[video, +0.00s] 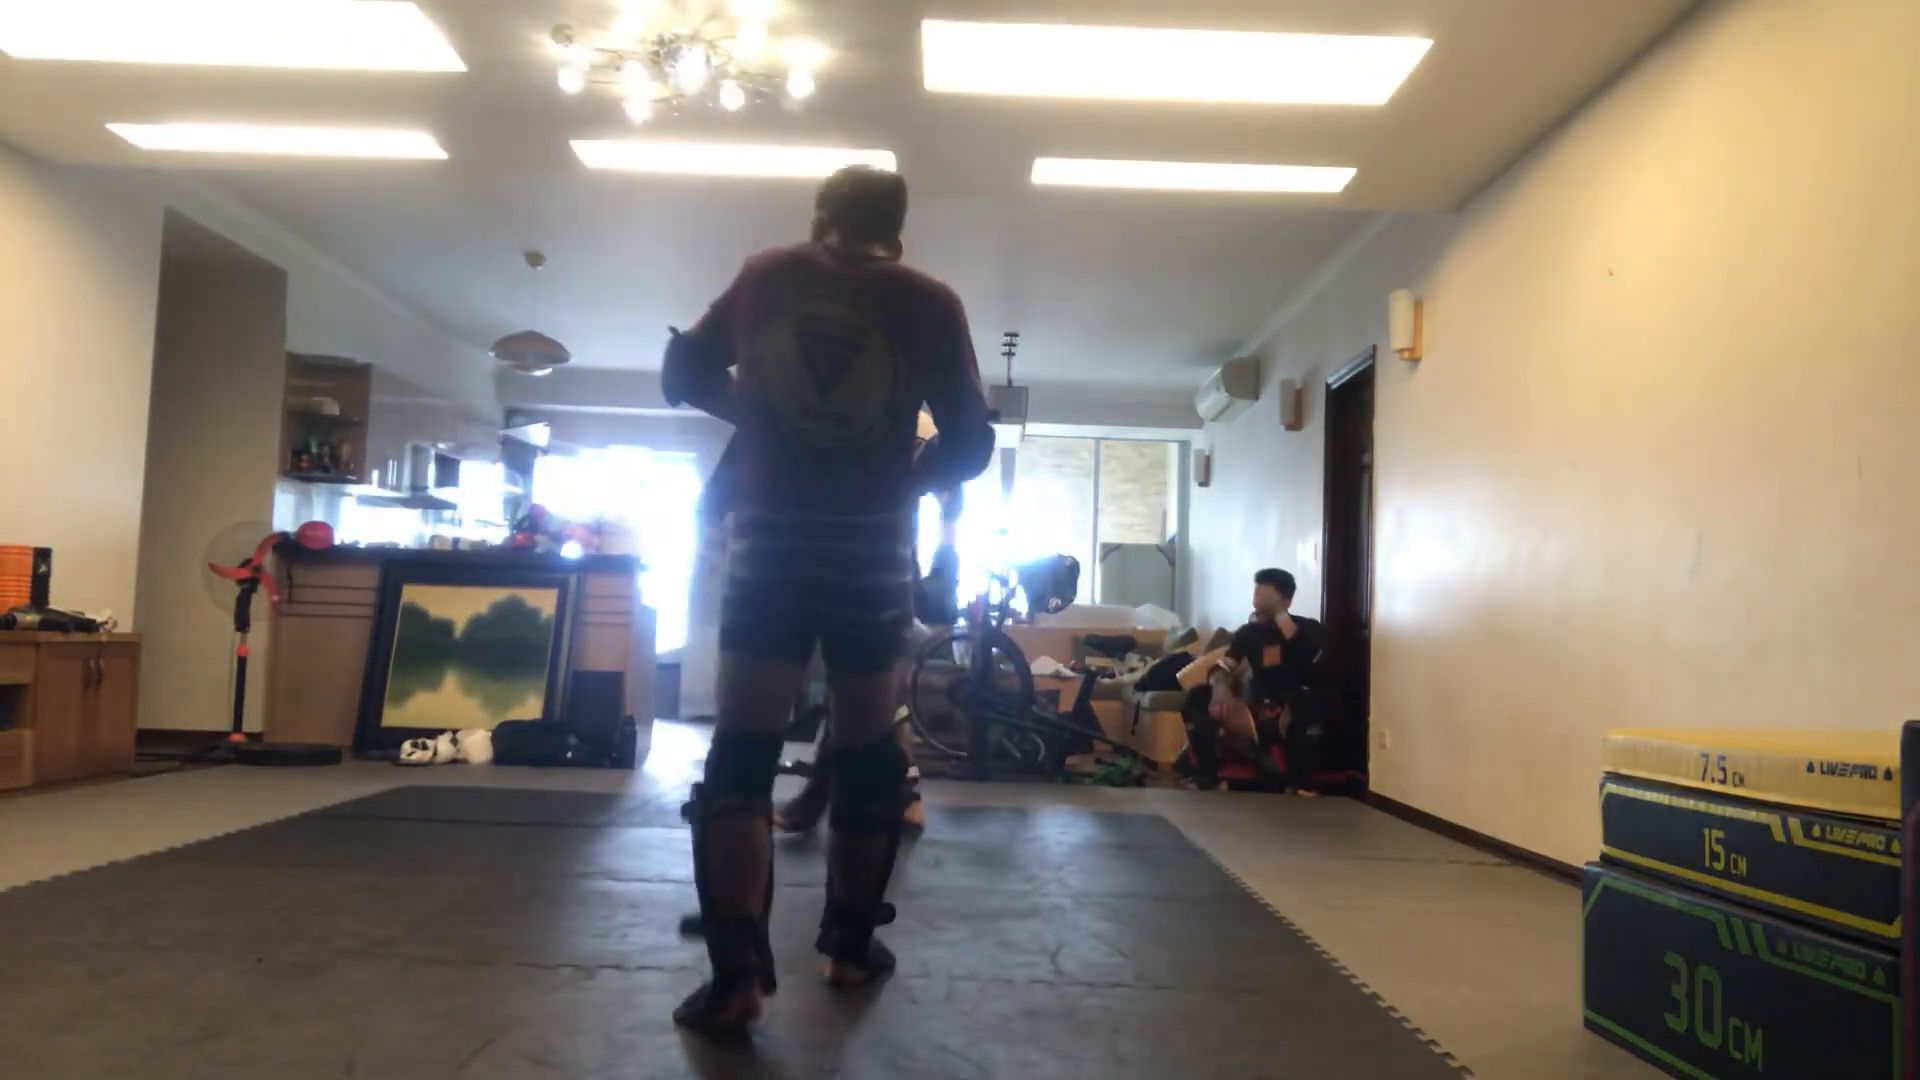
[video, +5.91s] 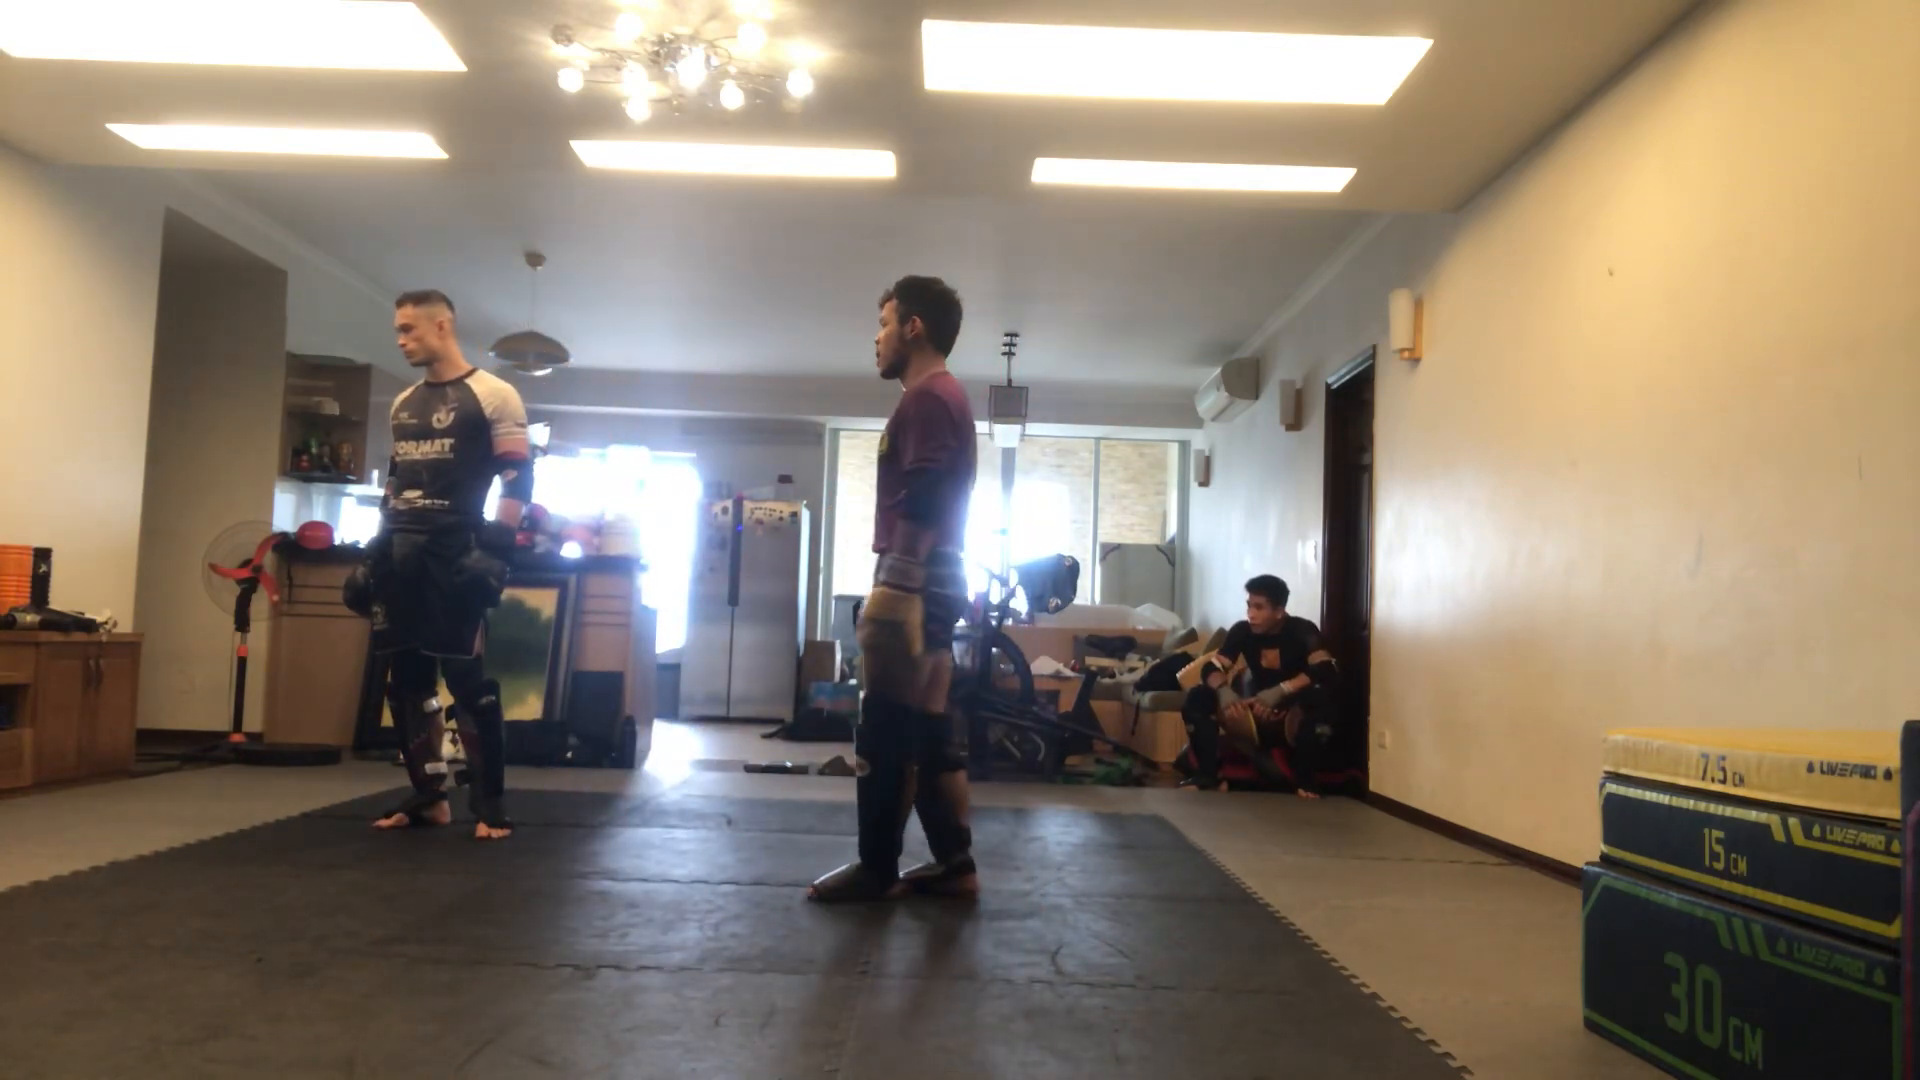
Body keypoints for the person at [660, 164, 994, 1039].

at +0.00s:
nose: (845, 243)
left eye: (826, 223)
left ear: (820, 220)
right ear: (897, 235)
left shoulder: (768, 272)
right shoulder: (931, 302)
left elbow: (684, 372)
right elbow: (972, 442)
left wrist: (763, 413)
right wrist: (898, 475)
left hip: (768, 551)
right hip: (871, 557)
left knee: (741, 752)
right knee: (868, 751)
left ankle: (739, 973)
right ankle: (848, 946)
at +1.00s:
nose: (821, 324)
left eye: (822, 315)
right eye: (821, 316)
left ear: (839, 310)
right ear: (894, 311)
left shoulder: (822, 361)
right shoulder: (957, 377)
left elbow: (768, 454)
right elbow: (980, 480)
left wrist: (813, 496)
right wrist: (919, 507)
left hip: (837, 567)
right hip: (913, 573)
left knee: (807, 726)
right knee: (930, 725)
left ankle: (791, 898)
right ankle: (963, 877)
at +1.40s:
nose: (890, 348)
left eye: (889, 335)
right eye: (886, 336)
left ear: (913, 321)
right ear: (947, 322)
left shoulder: (920, 371)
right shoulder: (994, 380)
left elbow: (884, 479)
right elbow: (973, 487)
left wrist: (837, 465)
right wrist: (895, 520)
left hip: (939, 564)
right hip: (989, 568)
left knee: (873, 708)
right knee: (968, 720)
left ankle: (897, 881)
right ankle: (976, 877)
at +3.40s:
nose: (948, 359)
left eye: (957, 344)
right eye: (943, 346)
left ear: (999, 331)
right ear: (946, 338)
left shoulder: (1033, 390)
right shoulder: (958, 400)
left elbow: (1003, 487)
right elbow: (938, 490)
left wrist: (927, 543)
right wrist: (907, 509)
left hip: (999, 578)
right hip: (948, 578)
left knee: (990, 735)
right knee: (906, 728)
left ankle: (1018, 893)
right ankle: (899, 868)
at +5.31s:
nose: (901, 346)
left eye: (908, 332)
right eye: (902, 334)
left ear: (941, 334)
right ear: (950, 337)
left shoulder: (956, 383)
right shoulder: (978, 388)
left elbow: (957, 482)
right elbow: (977, 493)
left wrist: (905, 566)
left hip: (969, 575)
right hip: (986, 574)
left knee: (918, 723)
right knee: (958, 730)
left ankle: (897, 865)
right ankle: (958, 868)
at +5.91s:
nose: (876, 335)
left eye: (883, 322)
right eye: (879, 322)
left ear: (914, 328)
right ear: (922, 330)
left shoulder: (927, 398)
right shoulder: (946, 396)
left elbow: (923, 502)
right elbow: (932, 507)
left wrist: (893, 588)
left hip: (910, 582)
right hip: (933, 583)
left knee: (885, 730)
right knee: (931, 734)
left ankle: (876, 866)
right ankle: (955, 864)